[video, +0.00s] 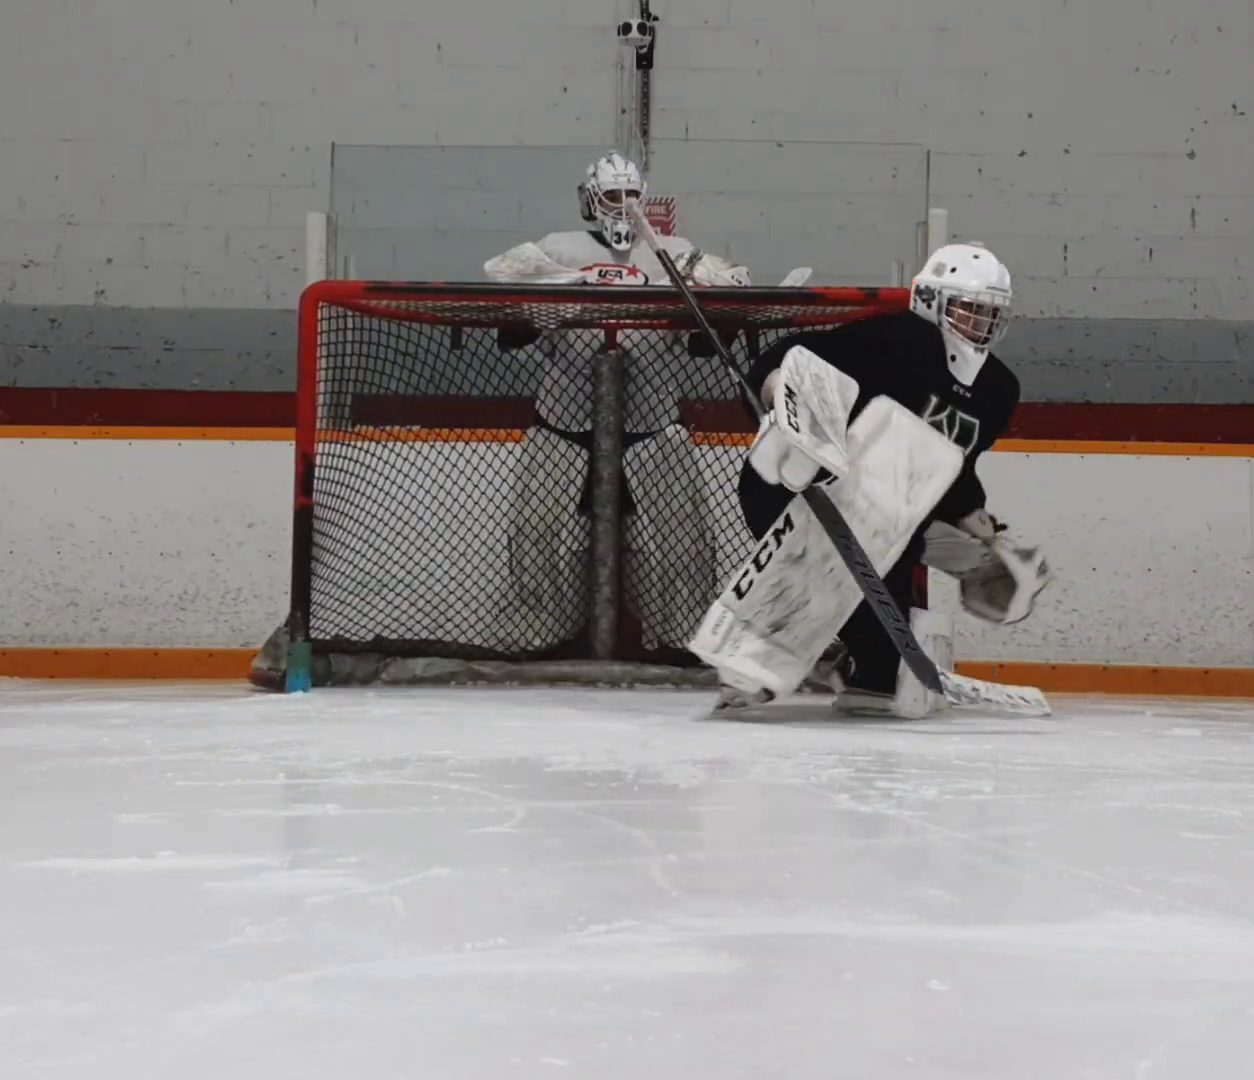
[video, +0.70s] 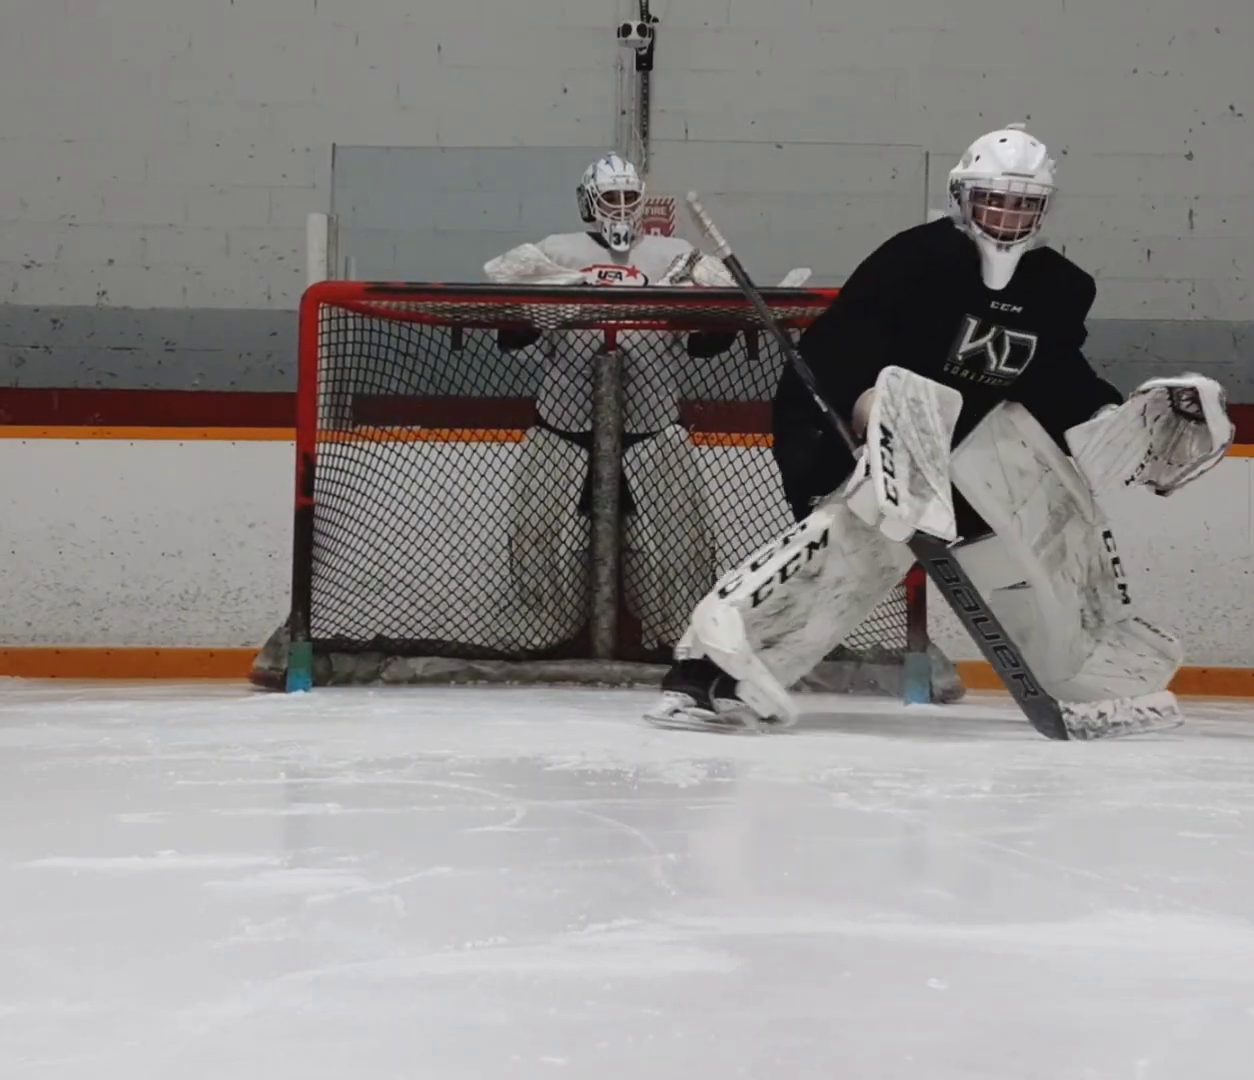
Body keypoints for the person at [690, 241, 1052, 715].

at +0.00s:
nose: (980, 324)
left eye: (990, 315)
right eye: (969, 310)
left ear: (1001, 318)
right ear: (934, 301)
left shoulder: (997, 389)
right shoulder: (895, 338)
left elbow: (950, 467)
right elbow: (778, 359)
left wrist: (981, 526)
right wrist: (778, 387)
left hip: (878, 515)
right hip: (786, 482)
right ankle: (752, 671)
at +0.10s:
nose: (974, 282)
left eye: (985, 272)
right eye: (961, 267)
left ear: (996, 276)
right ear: (925, 261)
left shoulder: (1000, 349)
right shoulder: (889, 300)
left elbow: (965, 449)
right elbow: (777, 337)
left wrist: (1024, 502)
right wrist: (789, 373)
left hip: (897, 498)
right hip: (799, 463)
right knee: (832, 545)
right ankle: (776, 679)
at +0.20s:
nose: (985, 247)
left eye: (995, 236)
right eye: (972, 233)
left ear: (1008, 241)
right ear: (934, 227)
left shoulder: (1008, 321)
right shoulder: (897, 272)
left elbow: (989, 417)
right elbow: (797, 321)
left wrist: (1071, 460)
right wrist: (830, 367)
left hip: (889, 456)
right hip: (798, 440)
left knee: (953, 512)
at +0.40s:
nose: (1024, 209)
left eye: (1035, 198)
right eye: (1012, 194)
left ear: (1047, 202)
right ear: (971, 187)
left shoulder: (1039, 280)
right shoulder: (925, 236)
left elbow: (1017, 376)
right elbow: (863, 306)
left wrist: (1106, 421)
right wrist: (906, 367)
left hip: (964, 418)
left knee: (1008, 515)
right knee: (906, 520)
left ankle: (1010, 681)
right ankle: (854, 671)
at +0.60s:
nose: (1029, 208)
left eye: (1042, 195)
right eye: (1014, 193)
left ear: (1056, 200)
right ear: (977, 190)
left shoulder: (1061, 282)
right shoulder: (934, 244)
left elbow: (1046, 368)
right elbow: (861, 322)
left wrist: (1116, 427)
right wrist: (887, 388)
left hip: (972, 422)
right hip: (873, 407)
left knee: (1043, 519)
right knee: (886, 528)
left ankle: (1075, 686)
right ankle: (764, 661)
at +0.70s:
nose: (1008, 220)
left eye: (1024, 207)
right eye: (994, 204)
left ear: (1041, 211)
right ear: (964, 201)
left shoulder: (1060, 288)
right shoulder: (916, 259)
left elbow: (1056, 379)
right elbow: (827, 348)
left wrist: (1131, 427)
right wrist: (863, 402)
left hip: (954, 446)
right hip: (837, 425)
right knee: (864, 543)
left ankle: (1082, 680)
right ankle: (718, 670)